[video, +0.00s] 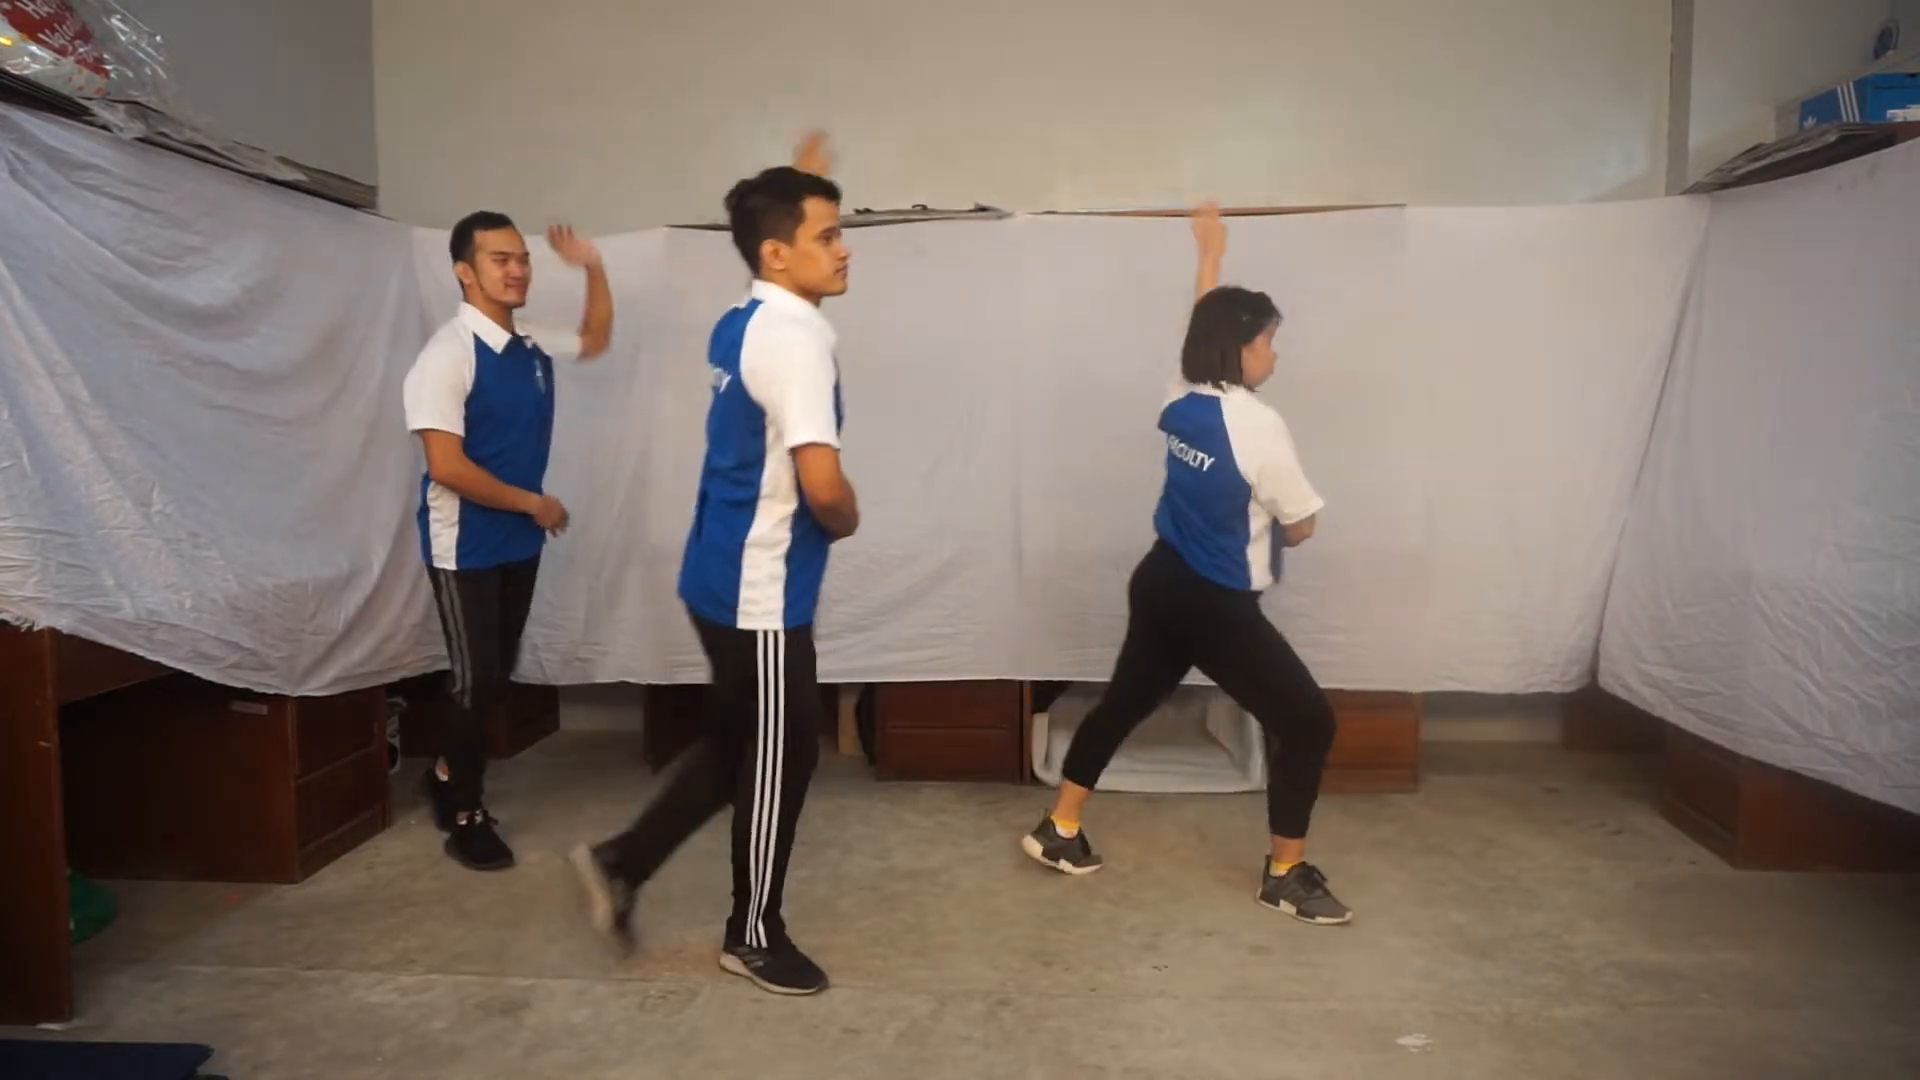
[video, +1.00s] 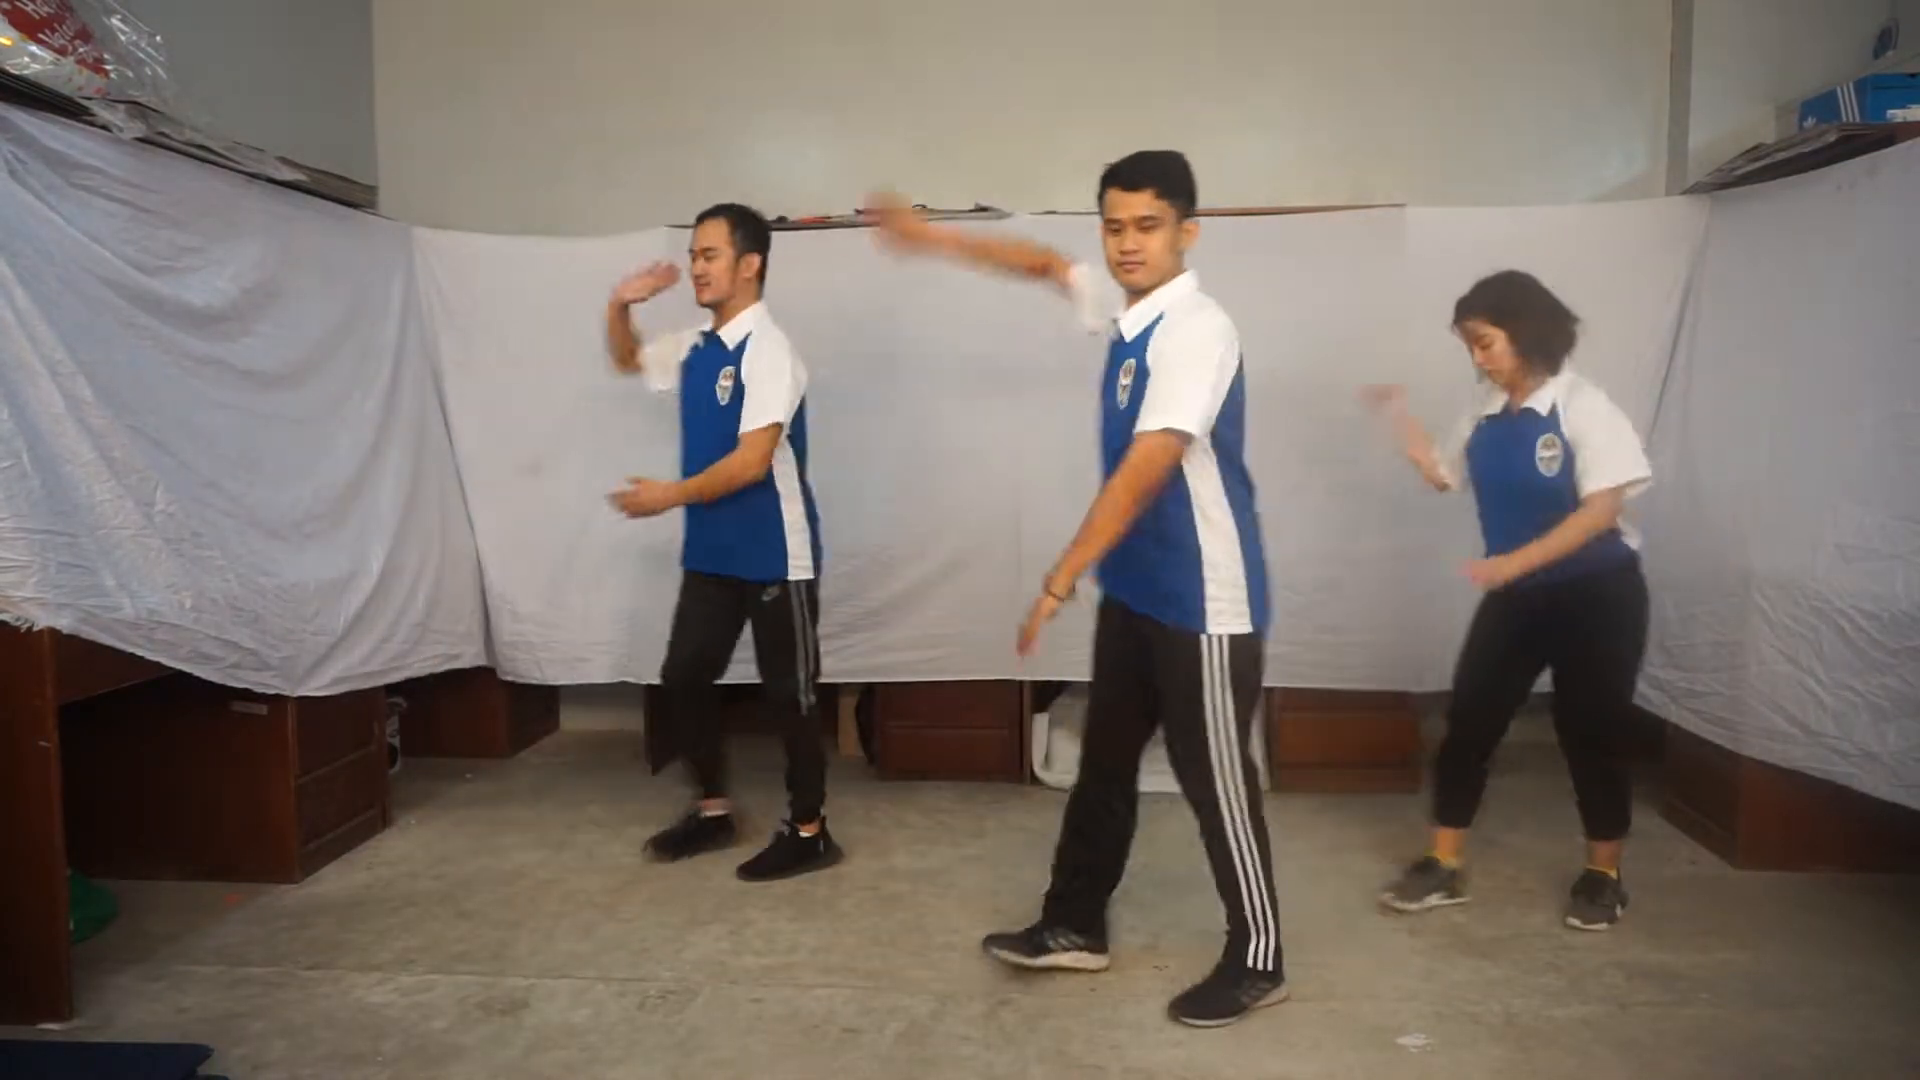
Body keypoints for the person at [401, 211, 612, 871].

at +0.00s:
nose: (518, 270)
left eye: (523, 259)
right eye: (502, 259)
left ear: (529, 270)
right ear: (465, 272)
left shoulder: (530, 348)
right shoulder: (446, 355)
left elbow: (594, 341)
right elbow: (445, 466)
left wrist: (593, 268)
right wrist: (532, 502)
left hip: (516, 543)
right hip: (462, 549)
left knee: (492, 678)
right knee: (476, 683)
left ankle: (448, 773)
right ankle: (468, 810)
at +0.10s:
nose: (524, 269)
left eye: (532, 258)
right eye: (508, 258)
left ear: (541, 267)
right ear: (476, 270)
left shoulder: (548, 354)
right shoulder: (454, 359)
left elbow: (595, 418)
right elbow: (448, 464)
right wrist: (533, 499)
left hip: (538, 552)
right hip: (470, 560)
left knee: (553, 665)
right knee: (470, 687)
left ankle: (492, 759)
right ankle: (468, 814)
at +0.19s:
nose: (538, 268)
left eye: (547, 257)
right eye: (522, 257)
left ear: (556, 266)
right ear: (491, 269)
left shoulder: (564, 357)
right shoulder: (468, 354)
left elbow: (590, 444)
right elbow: (458, 460)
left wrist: (641, 468)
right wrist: (543, 499)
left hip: (554, 548)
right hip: (482, 555)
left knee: (582, 658)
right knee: (475, 686)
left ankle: (559, 785)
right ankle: (468, 815)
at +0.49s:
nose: (605, 267)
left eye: (616, 256)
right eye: (590, 255)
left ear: (626, 265)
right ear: (561, 263)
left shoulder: (655, 351)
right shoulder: (525, 351)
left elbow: (692, 443)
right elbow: (496, 450)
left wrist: (674, 513)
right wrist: (578, 474)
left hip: (642, 557)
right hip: (566, 561)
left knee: (643, 688)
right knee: (564, 690)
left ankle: (639, 811)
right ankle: (566, 816)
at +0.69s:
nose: (648, 270)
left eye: (660, 259)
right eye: (633, 258)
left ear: (672, 269)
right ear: (607, 267)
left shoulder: (698, 353)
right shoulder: (569, 352)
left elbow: (740, 444)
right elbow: (534, 459)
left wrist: (732, 499)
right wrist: (543, 430)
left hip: (684, 554)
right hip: (602, 558)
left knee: (697, 678)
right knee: (598, 689)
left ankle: (719, 793)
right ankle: (605, 824)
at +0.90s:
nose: (698, 267)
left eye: (713, 256)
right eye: (685, 256)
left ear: (734, 266)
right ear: (670, 267)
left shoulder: (758, 352)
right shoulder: (646, 354)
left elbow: (764, 458)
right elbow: (573, 415)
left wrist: (664, 505)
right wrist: (565, 329)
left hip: (748, 564)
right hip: (672, 562)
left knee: (768, 694)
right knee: (643, 689)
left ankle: (807, 828)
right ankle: (613, 823)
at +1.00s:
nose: (696, 267)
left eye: (709, 256)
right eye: (694, 256)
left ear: (750, 266)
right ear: (700, 267)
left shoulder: (771, 348)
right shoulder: (695, 344)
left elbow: (754, 459)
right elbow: (631, 359)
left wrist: (673, 494)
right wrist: (620, 306)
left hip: (779, 558)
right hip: (713, 553)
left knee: (792, 696)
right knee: (687, 681)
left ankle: (809, 828)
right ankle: (714, 811)